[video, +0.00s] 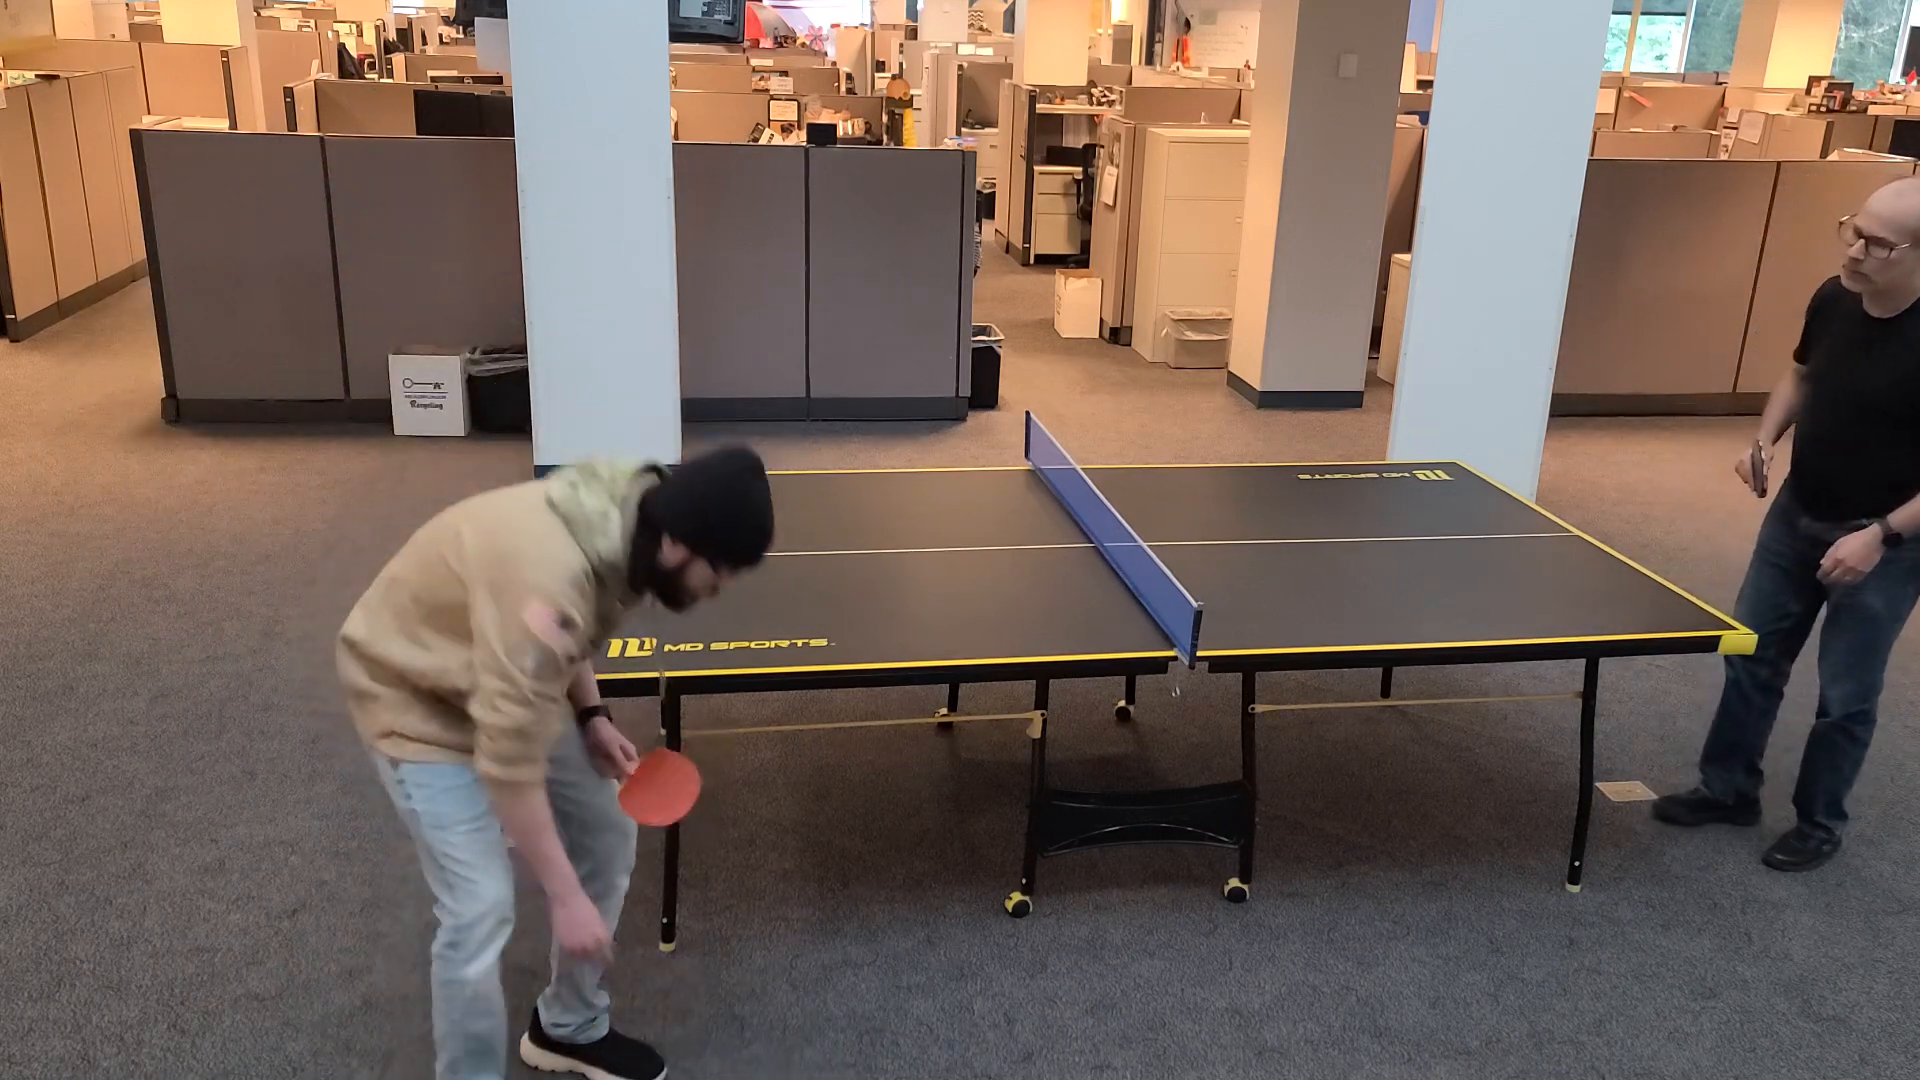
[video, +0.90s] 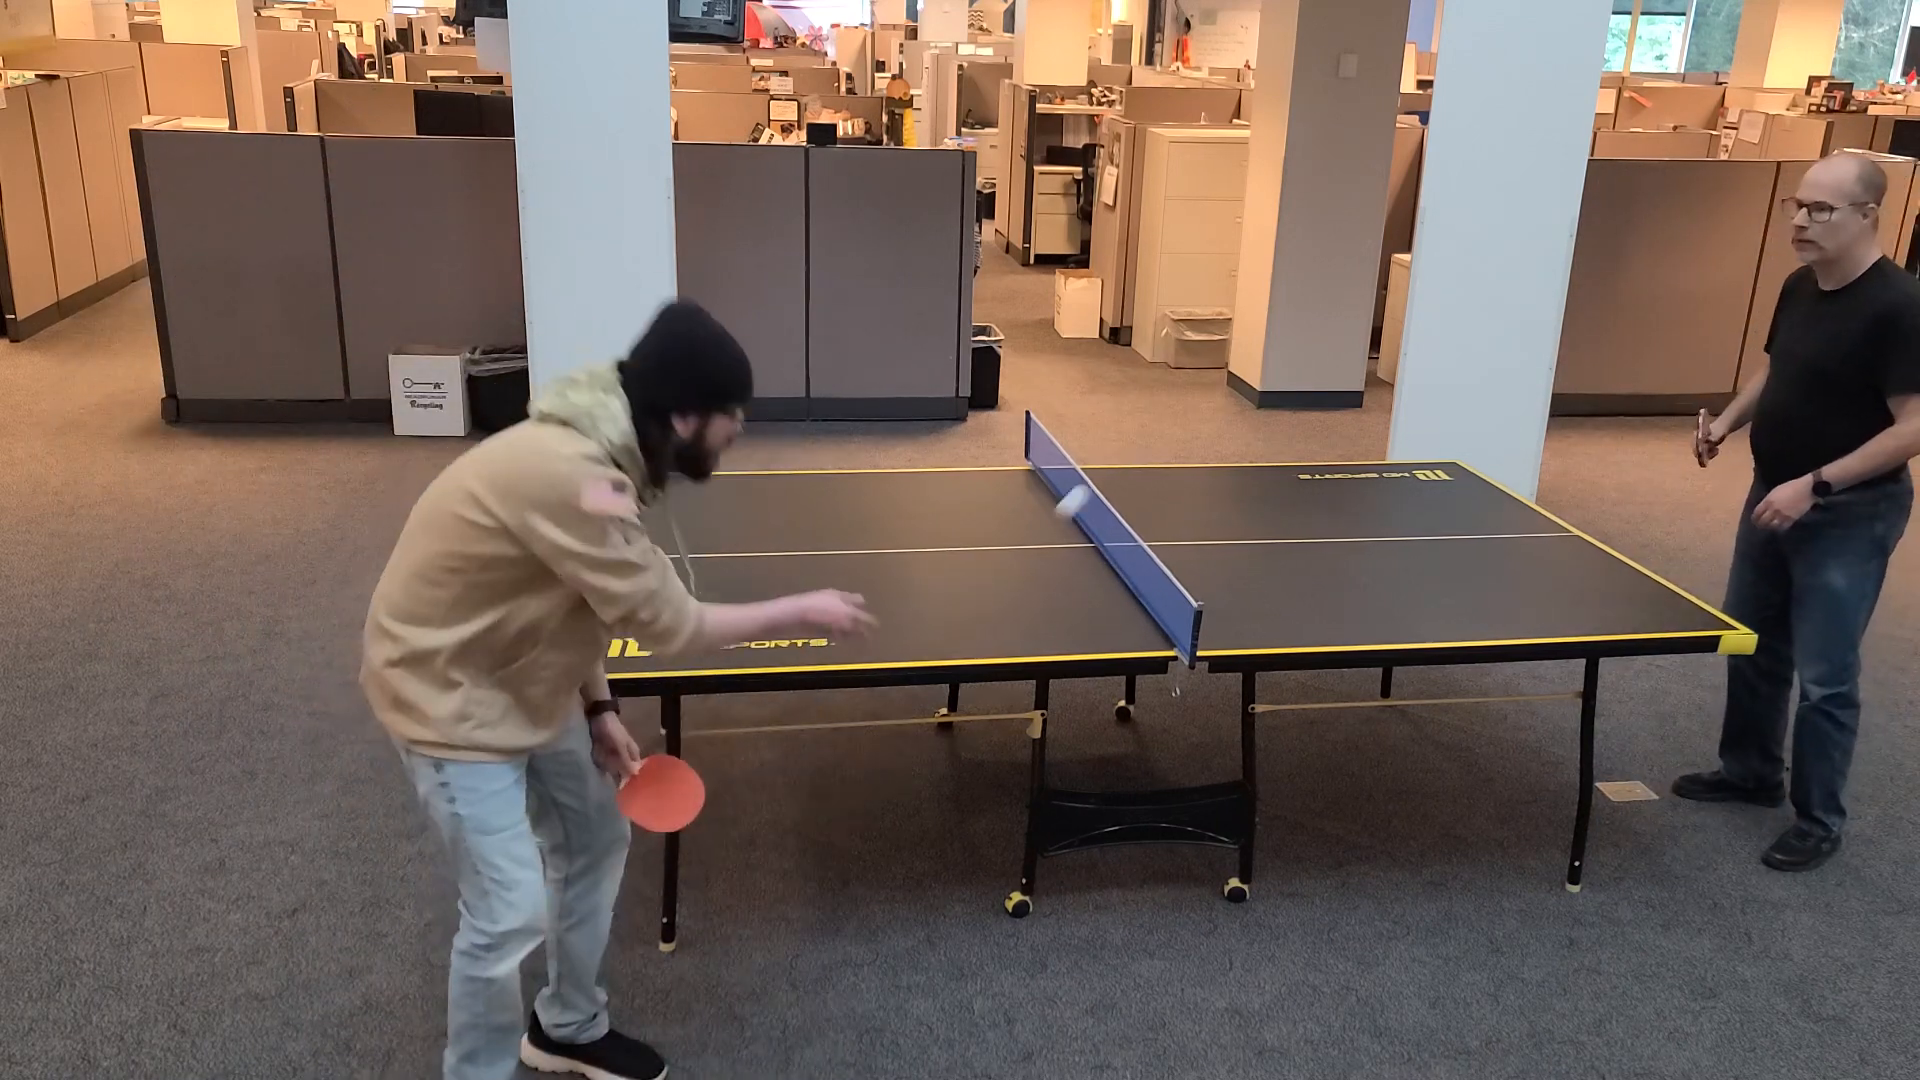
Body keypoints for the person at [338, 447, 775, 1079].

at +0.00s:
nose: (718, 589)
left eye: (728, 575)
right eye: (718, 571)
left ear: (675, 541)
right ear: (678, 546)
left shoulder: (628, 524)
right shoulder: (548, 575)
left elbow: (568, 632)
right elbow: (510, 766)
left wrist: (593, 717)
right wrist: (568, 897)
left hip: (514, 680)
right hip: (416, 694)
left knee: (608, 834)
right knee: (483, 903)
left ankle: (568, 1025)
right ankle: (470, 1071)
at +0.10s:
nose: (730, 659)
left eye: (741, 647)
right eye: (735, 643)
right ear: (698, 621)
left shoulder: (645, 563)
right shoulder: (568, 645)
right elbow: (561, 841)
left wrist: (595, 732)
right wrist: (624, 970)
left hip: (499, 711)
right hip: (407, 727)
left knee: (625, 829)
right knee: (507, 919)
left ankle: (572, 1023)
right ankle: (476, 1068)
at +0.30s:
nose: (743, 763)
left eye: (752, 754)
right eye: (751, 752)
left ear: (724, 656)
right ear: (727, 736)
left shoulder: (650, 620)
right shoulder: (605, 771)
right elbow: (625, 941)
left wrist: (662, 795)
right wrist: (681, 1066)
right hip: (395, 783)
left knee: (608, 864)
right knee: (551, 954)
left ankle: (575, 1032)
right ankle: (485, 1076)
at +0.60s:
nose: (752, 674)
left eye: (765, 661)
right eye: (763, 660)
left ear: (720, 581)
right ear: (741, 652)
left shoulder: (652, 569)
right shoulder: (621, 699)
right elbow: (610, 876)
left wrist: (646, 738)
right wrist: (648, 982)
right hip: (412, 757)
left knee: (599, 838)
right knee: (553, 948)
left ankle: (576, 1023)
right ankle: (488, 1069)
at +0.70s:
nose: (756, 592)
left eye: (767, 576)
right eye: (763, 574)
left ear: (709, 516)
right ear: (730, 565)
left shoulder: (642, 517)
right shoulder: (618, 619)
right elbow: (639, 791)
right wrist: (753, 844)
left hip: (505, 710)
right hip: (423, 728)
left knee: (615, 840)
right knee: (535, 938)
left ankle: (574, 1026)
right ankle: (484, 1070)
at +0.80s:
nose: (752, 511)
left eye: (757, 495)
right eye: (752, 494)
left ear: (694, 475)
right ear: (711, 489)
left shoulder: (610, 477)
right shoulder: (601, 541)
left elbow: (549, 613)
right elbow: (679, 699)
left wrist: (596, 716)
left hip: (513, 693)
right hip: (435, 707)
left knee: (604, 837)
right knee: (524, 917)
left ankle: (568, 1025)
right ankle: (481, 1069)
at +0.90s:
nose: (736, 432)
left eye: (739, 416)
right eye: (732, 415)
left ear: (672, 406)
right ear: (682, 413)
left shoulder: (602, 456)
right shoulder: (570, 476)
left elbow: (561, 605)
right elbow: (676, 628)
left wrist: (599, 711)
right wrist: (799, 610)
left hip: (527, 676)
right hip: (442, 683)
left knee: (595, 837)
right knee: (510, 909)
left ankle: (567, 1024)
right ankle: (475, 1069)